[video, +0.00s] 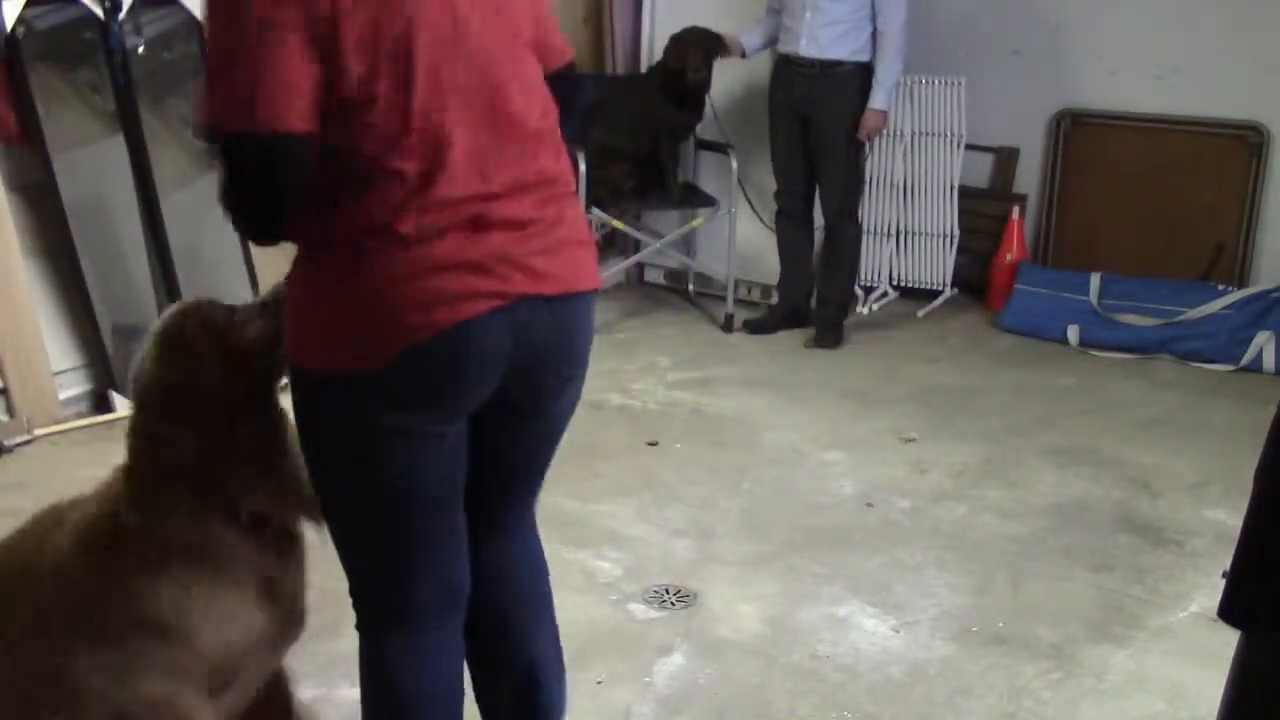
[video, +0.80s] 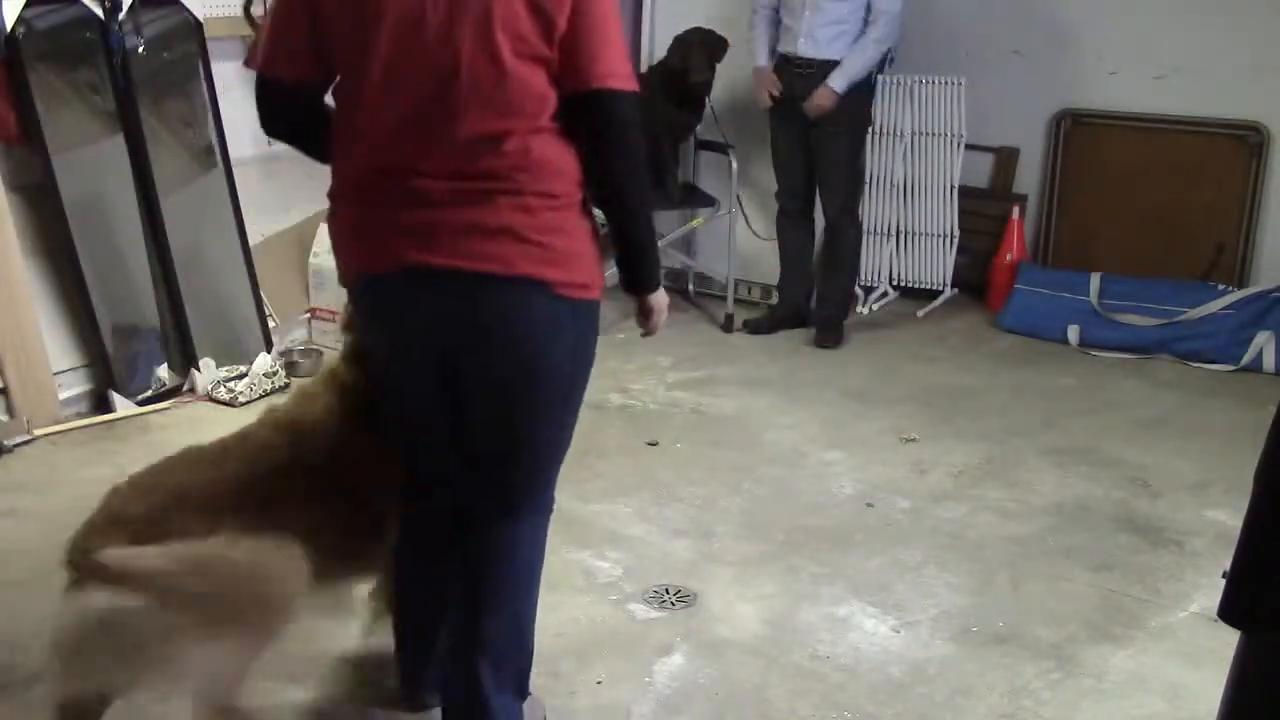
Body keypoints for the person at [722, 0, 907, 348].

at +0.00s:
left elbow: (892, 29)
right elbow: (779, 15)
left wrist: (879, 104)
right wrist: (741, 44)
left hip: (844, 80)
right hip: (788, 76)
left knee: (839, 208)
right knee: (790, 202)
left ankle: (831, 317)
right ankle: (792, 306)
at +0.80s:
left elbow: (885, 30)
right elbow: (765, 8)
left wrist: (834, 85)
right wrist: (761, 65)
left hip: (845, 81)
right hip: (787, 76)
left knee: (838, 207)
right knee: (791, 203)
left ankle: (831, 314)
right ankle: (792, 306)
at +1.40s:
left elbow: (891, 24)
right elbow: (760, 11)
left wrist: (886, 100)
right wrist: (758, 78)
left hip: (844, 80)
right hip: (787, 76)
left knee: (839, 209)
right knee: (790, 204)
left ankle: (831, 313)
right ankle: (792, 305)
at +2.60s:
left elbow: (891, 24)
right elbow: (760, 19)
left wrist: (882, 99)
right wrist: (754, 64)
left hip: (840, 79)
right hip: (780, 76)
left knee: (838, 209)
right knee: (787, 204)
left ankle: (831, 313)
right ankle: (792, 305)